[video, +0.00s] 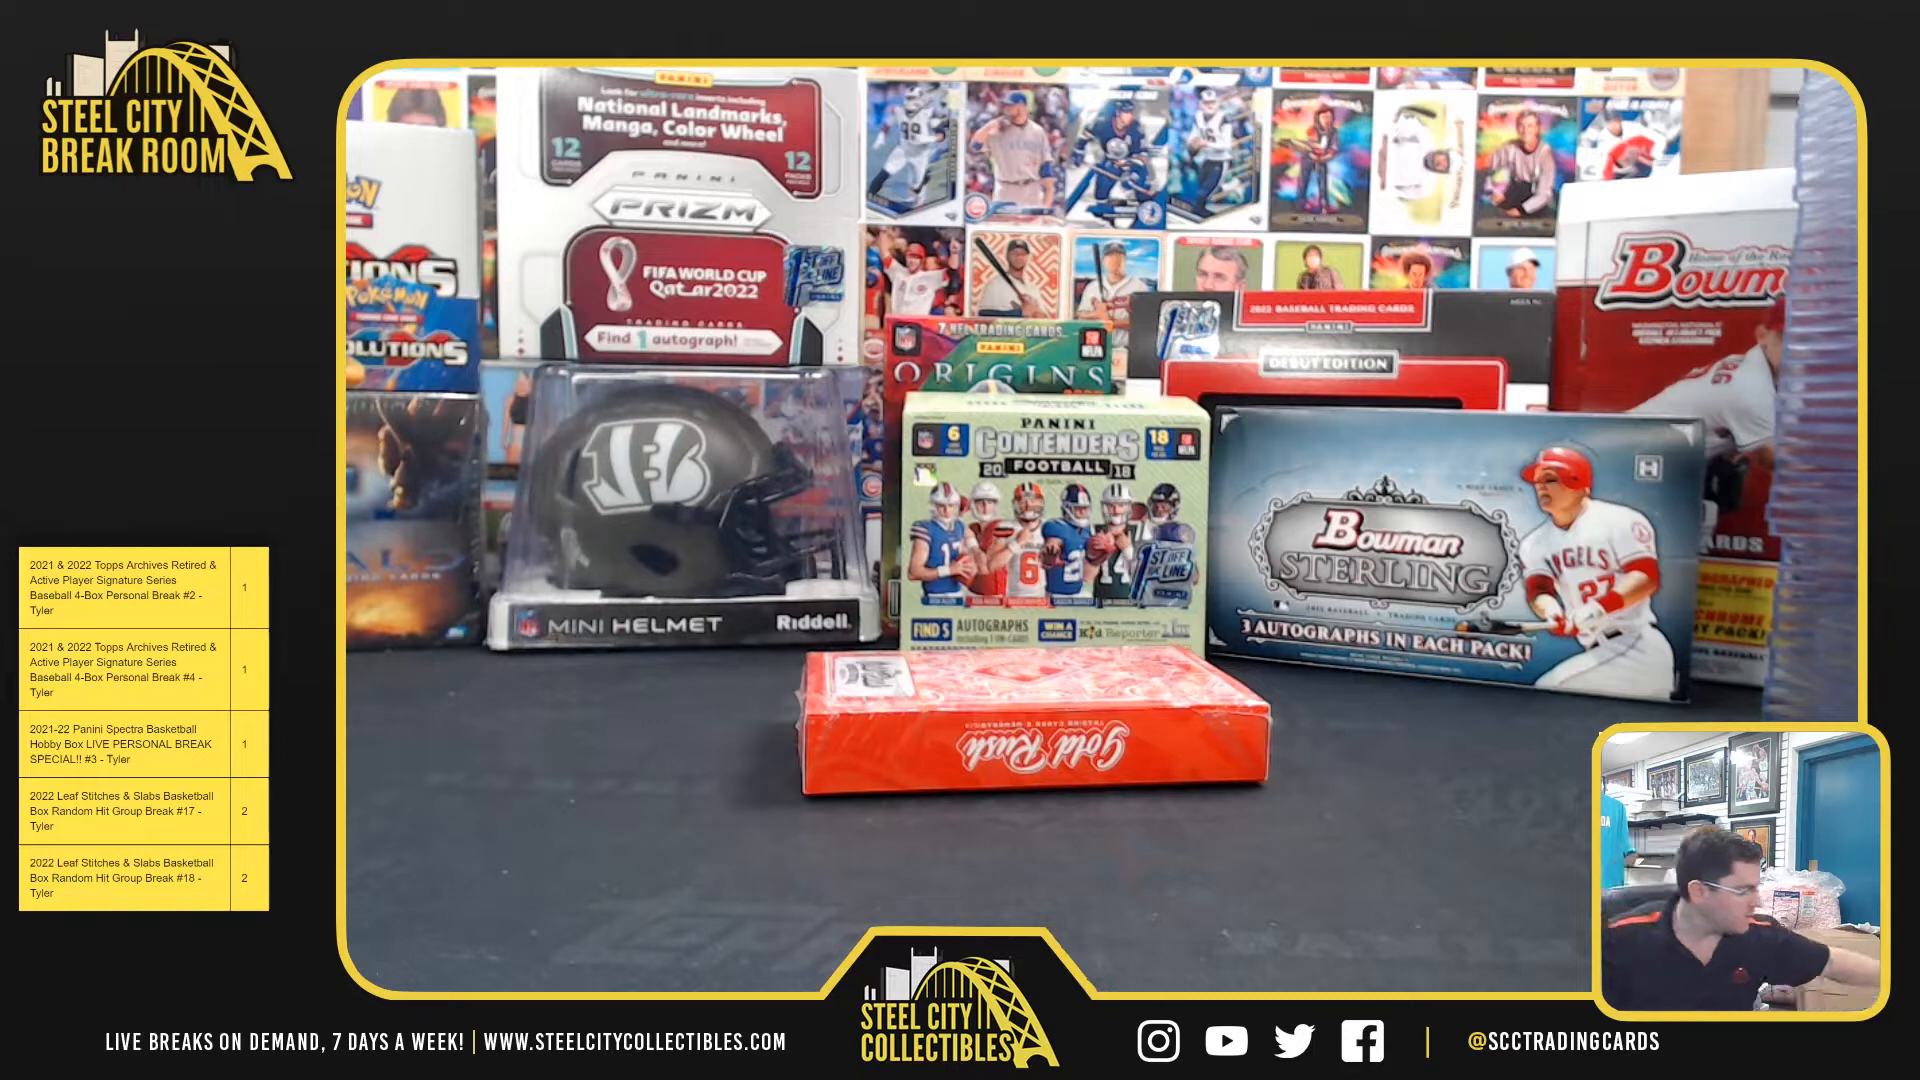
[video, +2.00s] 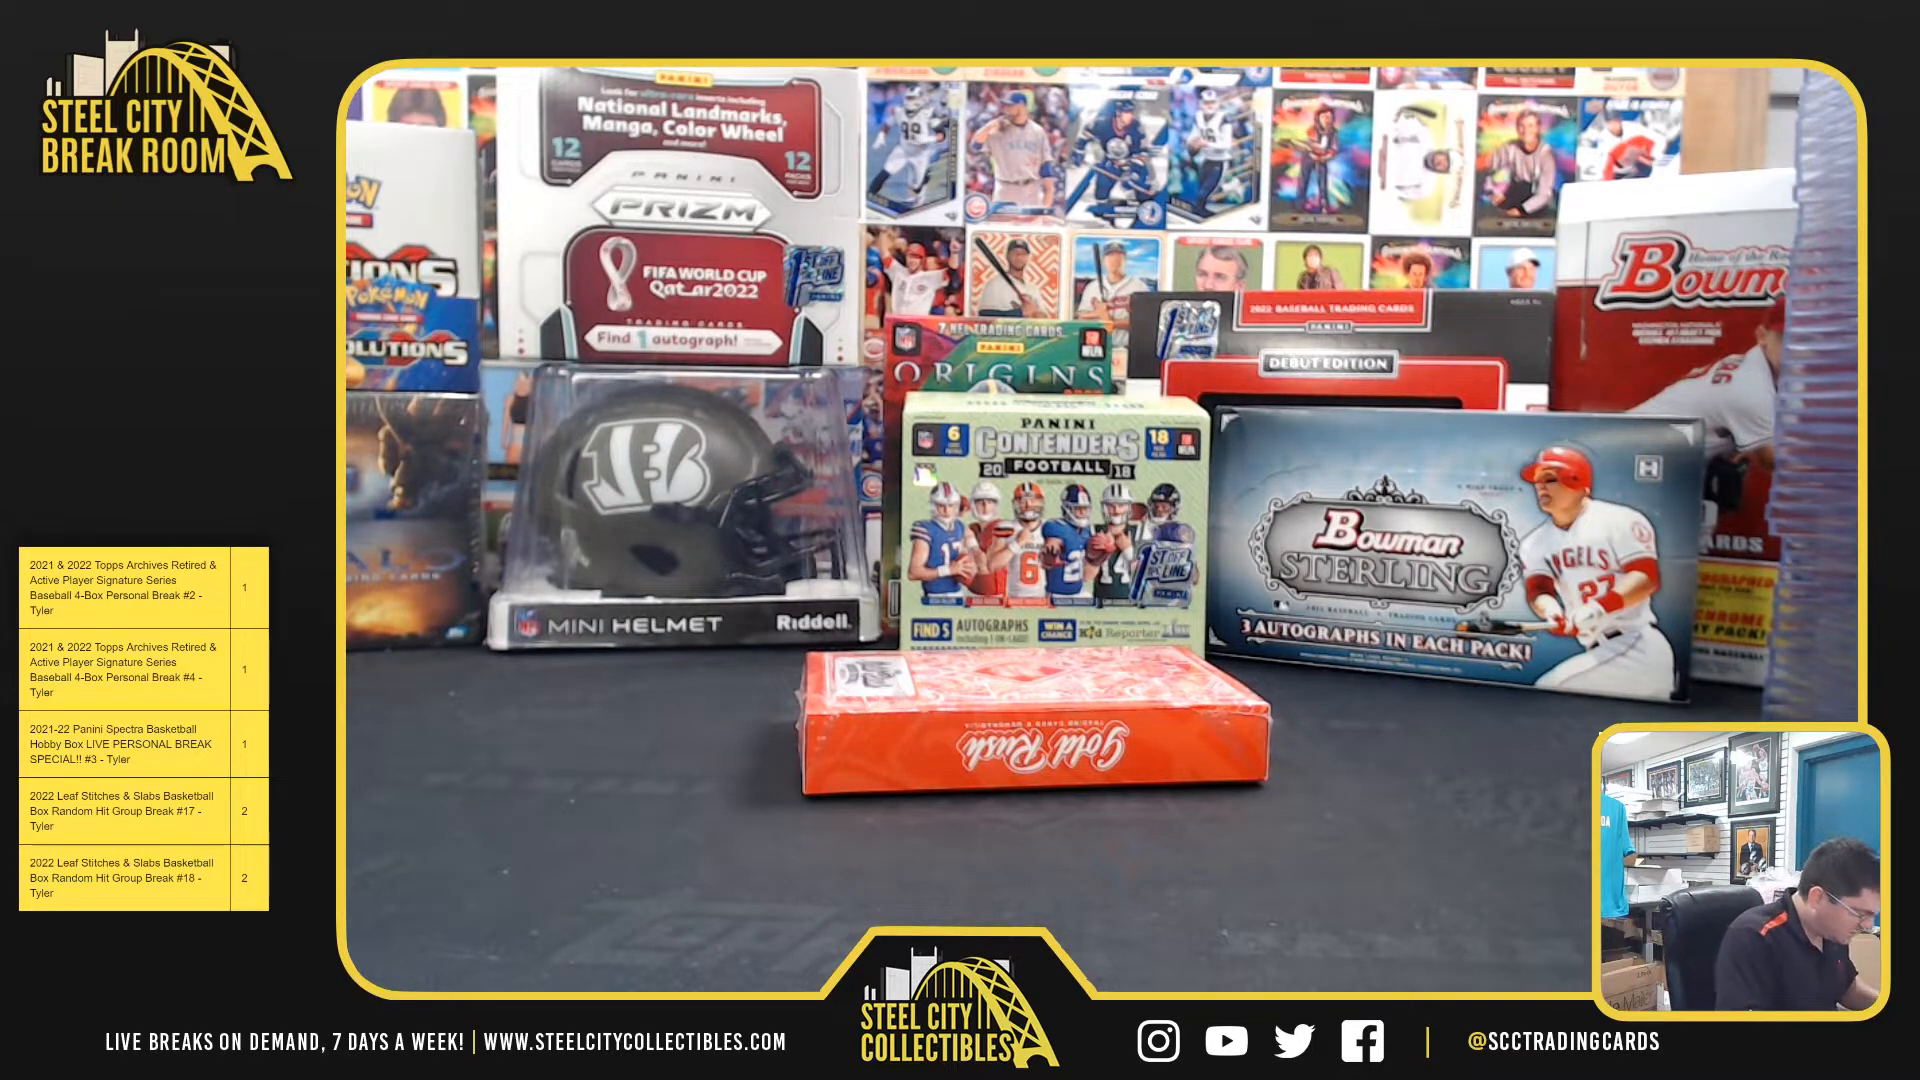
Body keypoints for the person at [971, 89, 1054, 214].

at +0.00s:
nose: (1007, 110)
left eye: (1011, 106)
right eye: (1006, 106)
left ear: (1023, 108)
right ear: (1005, 108)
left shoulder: (1038, 132)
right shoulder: (997, 129)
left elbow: (1046, 167)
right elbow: (974, 147)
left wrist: (1048, 201)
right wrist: (990, 126)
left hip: (1031, 187)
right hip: (1004, 186)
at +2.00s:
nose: (1006, 110)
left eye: (1010, 106)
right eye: (1005, 106)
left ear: (1022, 107)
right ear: (1004, 107)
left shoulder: (1038, 132)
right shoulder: (997, 129)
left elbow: (1046, 166)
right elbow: (974, 146)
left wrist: (1048, 198)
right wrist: (992, 126)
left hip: (1032, 186)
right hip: (1005, 186)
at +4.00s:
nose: (1006, 110)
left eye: (1010, 106)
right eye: (1006, 106)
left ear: (1022, 107)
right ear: (1004, 107)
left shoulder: (1038, 132)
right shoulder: (997, 129)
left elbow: (1046, 166)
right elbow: (974, 147)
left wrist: (1048, 199)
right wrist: (989, 128)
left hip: (1031, 186)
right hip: (1005, 186)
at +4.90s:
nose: (1006, 110)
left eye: (1010, 106)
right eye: (1006, 106)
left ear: (1022, 107)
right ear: (1004, 107)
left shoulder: (1038, 132)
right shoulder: (997, 129)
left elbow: (1046, 166)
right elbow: (974, 148)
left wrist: (1048, 198)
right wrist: (991, 127)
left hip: (1031, 186)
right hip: (1005, 186)